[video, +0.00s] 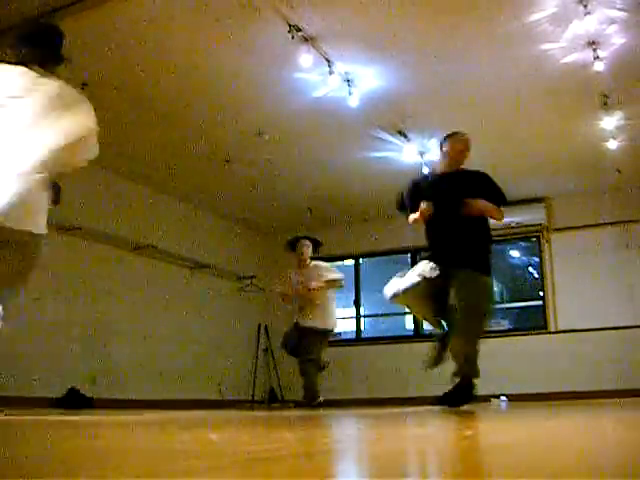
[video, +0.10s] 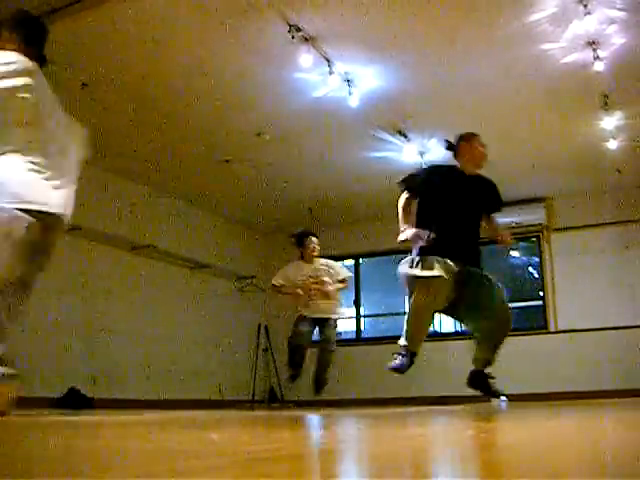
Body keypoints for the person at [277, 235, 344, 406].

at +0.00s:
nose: (304, 252)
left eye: (307, 248)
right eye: (301, 248)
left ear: (312, 251)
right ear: (295, 252)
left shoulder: (319, 268)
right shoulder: (293, 274)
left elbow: (339, 281)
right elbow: (284, 293)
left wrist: (317, 286)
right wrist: (286, 293)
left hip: (320, 321)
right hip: (302, 320)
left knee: (309, 361)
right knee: (288, 344)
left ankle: (312, 397)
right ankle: (318, 362)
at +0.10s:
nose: (314, 248)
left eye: (316, 244)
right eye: (310, 245)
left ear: (319, 247)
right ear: (302, 249)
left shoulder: (329, 265)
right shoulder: (294, 268)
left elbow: (345, 281)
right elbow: (275, 286)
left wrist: (331, 288)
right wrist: (296, 291)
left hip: (328, 313)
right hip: (306, 313)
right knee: (298, 338)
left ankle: (320, 382)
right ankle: (295, 370)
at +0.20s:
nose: (326, 255)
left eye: (327, 251)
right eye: (322, 251)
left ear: (327, 254)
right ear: (313, 255)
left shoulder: (332, 273)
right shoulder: (303, 273)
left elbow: (348, 287)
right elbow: (279, 284)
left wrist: (344, 298)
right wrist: (296, 299)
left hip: (324, 322)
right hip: (305, 321)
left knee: (347, 346)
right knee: (305, 349)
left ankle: (340, 381)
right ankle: (281, 384)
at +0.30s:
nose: (334, 273)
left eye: (334, 269)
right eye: (331, 269)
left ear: (332, 272)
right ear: (321, 272)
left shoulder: (334, 292)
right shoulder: (310, 286)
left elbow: (331, 305)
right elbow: (293, 287)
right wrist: (308, 298)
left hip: (321, 335)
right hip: (305, 334)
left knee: (340, 362)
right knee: (313, 364)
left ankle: (344, 395)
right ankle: (296, 397)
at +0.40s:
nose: (342, 284)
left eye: (342, 280)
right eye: (339, 281)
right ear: (329, 283)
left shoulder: (331, 301)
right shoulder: (319, 299)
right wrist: (313, 298)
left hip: (321, 343)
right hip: (307, 343)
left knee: (344, 373)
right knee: (321, 369)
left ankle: (343, 404)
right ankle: (295, 399)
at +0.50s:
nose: (343, 279)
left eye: (343, 275)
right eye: (341, 275)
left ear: (333, 277)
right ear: (333, 277)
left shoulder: (333, 294)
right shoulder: (320, 293)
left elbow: (326, 316)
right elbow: (310, 313)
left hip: (324, 340)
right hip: (310, 340)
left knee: (344, 370)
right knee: (319, 369)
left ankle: (345, 402)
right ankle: (295, 398)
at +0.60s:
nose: (342, 260)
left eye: (342, 256)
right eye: (340, 256)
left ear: (335, 259)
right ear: (332, 258)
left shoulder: (336, 277)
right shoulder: (322, 271)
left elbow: (332, 303)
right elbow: (317, 292)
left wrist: (338, 320)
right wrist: (312, 314)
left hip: (324, 325)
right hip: (311, 325)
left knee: (335, 360)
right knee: (308, 360)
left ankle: (343, 398)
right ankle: (297, 397)